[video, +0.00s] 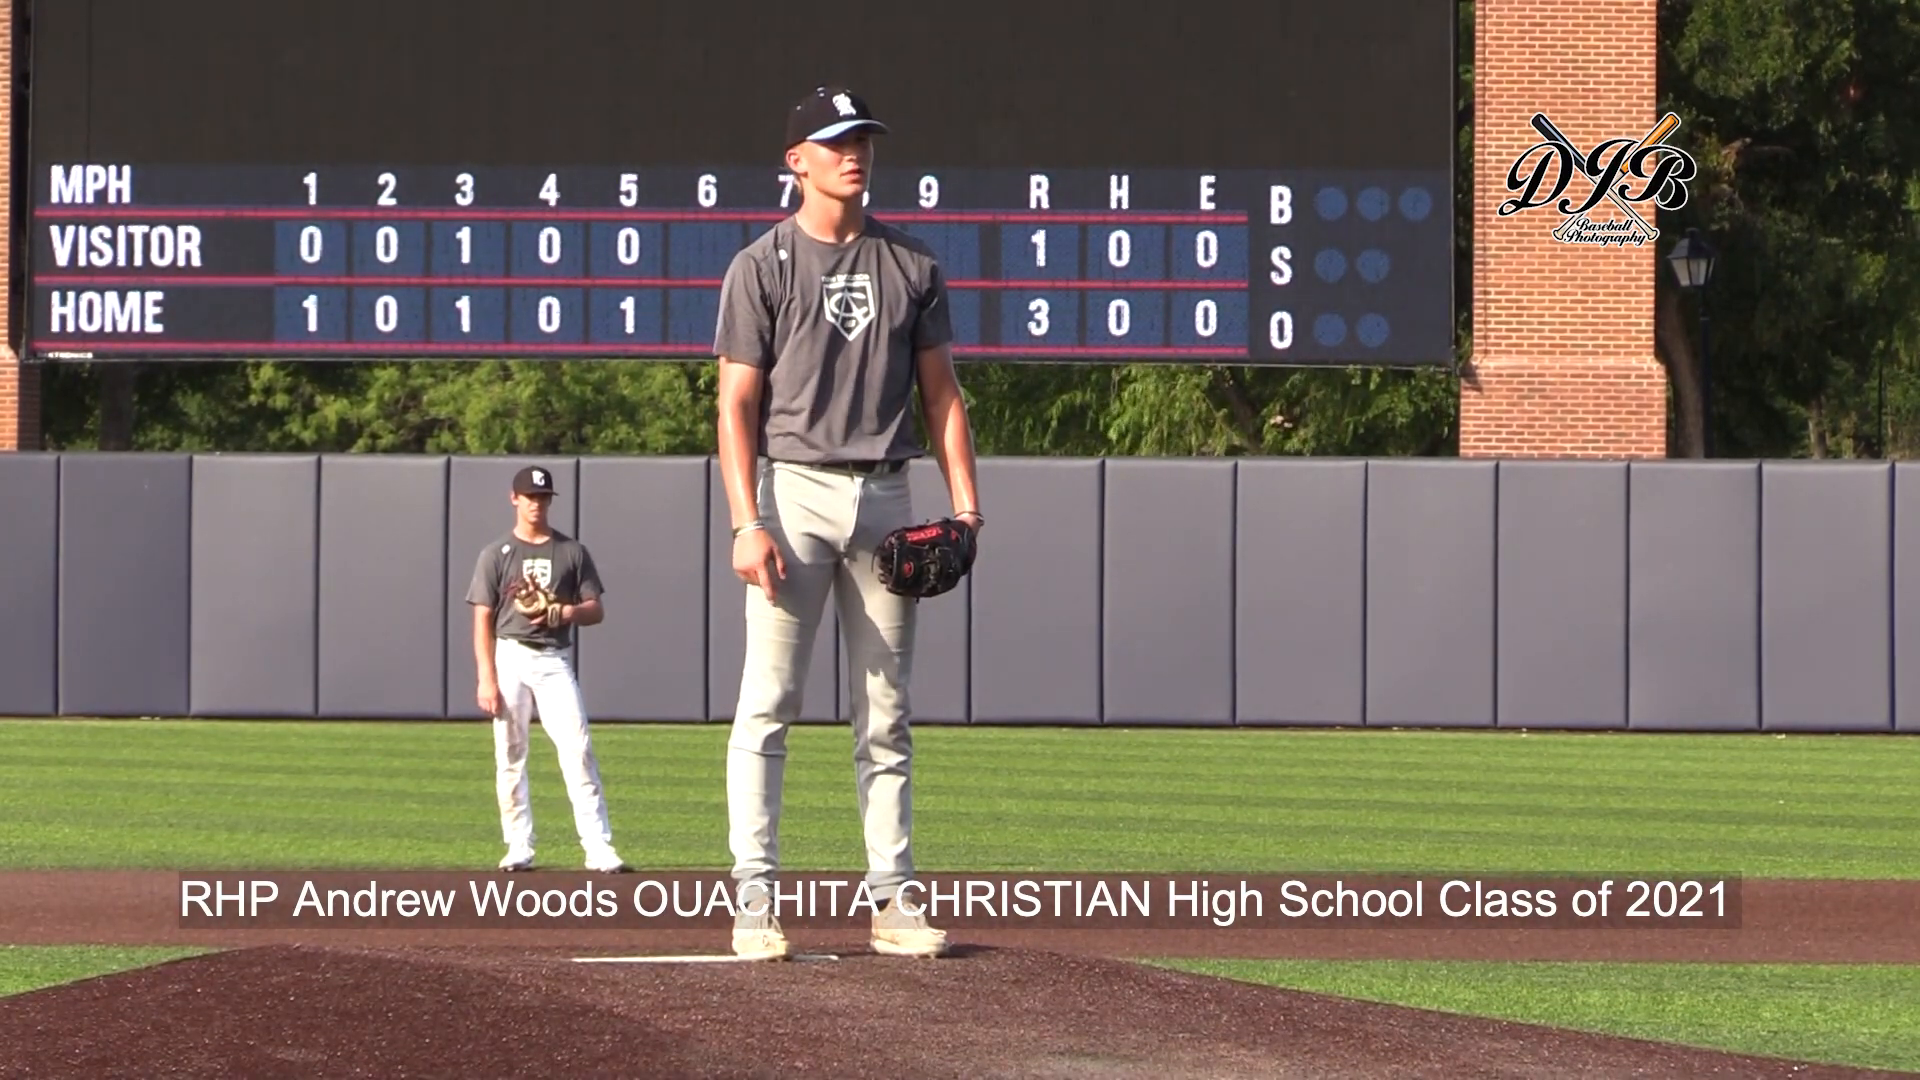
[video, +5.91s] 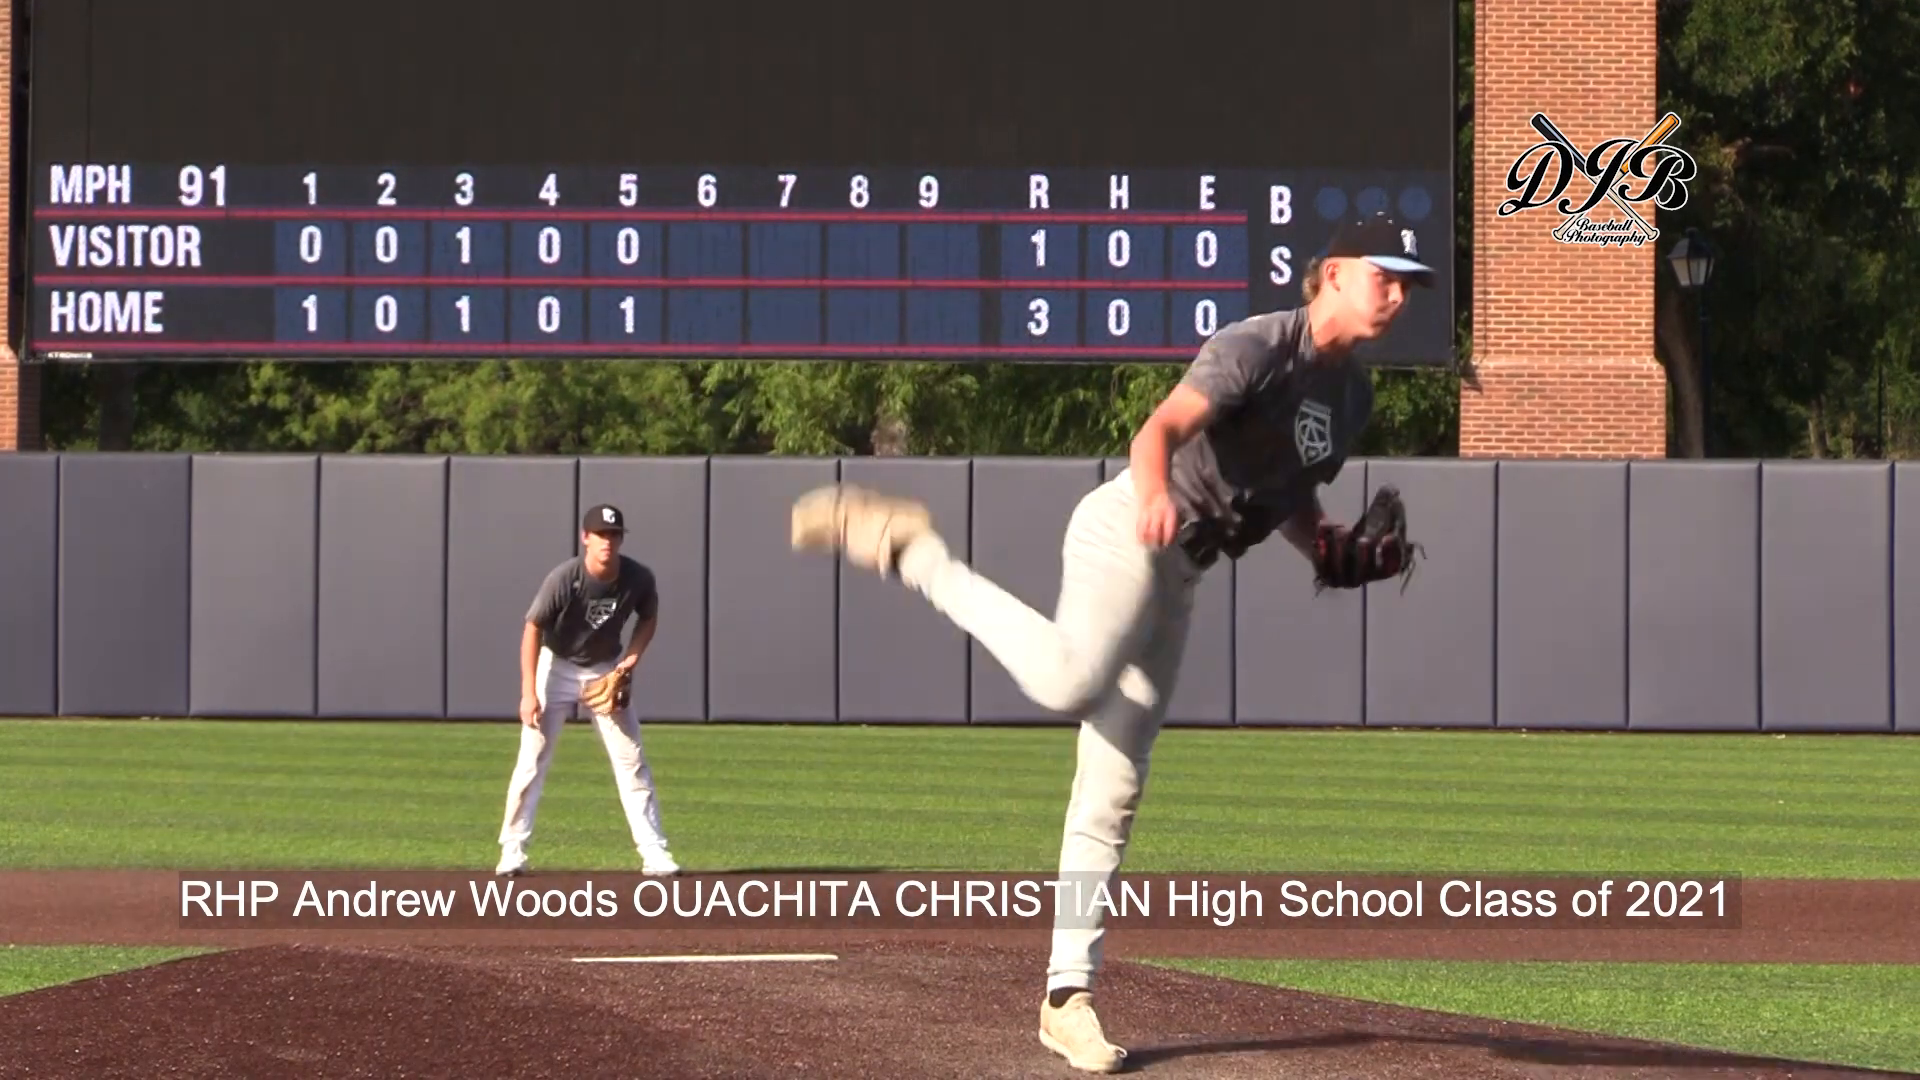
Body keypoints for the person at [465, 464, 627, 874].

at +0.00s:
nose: (537, 504)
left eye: (543, 497)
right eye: (529, 497)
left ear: (551, 500)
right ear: (515, 499)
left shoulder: (573, 551)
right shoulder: (495, 555)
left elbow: (595, 610)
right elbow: (482, 622)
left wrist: (564, 612)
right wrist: (486, 679)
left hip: (555, 660)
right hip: (508, 657)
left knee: (579, 749)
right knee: (510, 756)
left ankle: (600, 852)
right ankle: (519, 850)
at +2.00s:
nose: (532, 504)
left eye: (539, 497)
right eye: (525, 497)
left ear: (547, 500)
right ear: (510, 500)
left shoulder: (570, 549)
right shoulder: (491, 554)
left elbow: (593, 607)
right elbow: (479, 619)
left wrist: (559, 608)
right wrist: (485, 676)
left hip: (553, 658)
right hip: (506, 656)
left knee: (577, 749)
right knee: (509, 757)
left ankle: (600, 852)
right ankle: (519, 850)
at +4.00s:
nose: (559, 505)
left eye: (565, 498)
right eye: (551, 498)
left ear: (575, 502)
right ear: (538, 501)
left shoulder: (598, 554)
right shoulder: (517, 552)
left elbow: (616, 608)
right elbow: (501, 613)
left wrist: (592, 623)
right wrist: (501, 673)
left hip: (577, 665)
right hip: (530, 661)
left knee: (578, 764)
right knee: (522, 760)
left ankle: (578, 855)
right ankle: (518, 855)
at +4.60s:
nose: (537, 514)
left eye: (543, 506)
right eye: (529, 508)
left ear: (551, 507)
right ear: (514, 511)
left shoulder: (581, 546)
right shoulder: (503, 560)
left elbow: (607, 586)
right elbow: (485, 618)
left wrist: (594, 629)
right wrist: (481, 681)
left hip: (576, 664)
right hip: (528, 665)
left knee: (605, 754)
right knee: (519, 763)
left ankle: (625, 846)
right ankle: (517, 856)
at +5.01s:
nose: (600, 522)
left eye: (606, 514)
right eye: (592, 516)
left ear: (615, 517)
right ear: (578, 519)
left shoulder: (642, 561)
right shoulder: (561, 566)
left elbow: (663, 601)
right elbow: (542, 621)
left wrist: (645, 643)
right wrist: (536, 683)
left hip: (622, 675)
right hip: (571, 671)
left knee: (645, 764)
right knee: (541, 762)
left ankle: (657, 859)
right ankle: (519, 852)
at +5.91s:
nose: (608, 543)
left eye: (615, 536)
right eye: (601, 535)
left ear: (623, 539)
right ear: (585, 537)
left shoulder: (639, 579)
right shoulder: (562, 579)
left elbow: (647, 621)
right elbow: (532, 627)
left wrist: (626, 666)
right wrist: (529, 691)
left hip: (607, 671)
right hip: (556, 668)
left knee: (631, 761)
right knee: (532, 760)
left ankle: (654, 852)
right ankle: (512, 850)